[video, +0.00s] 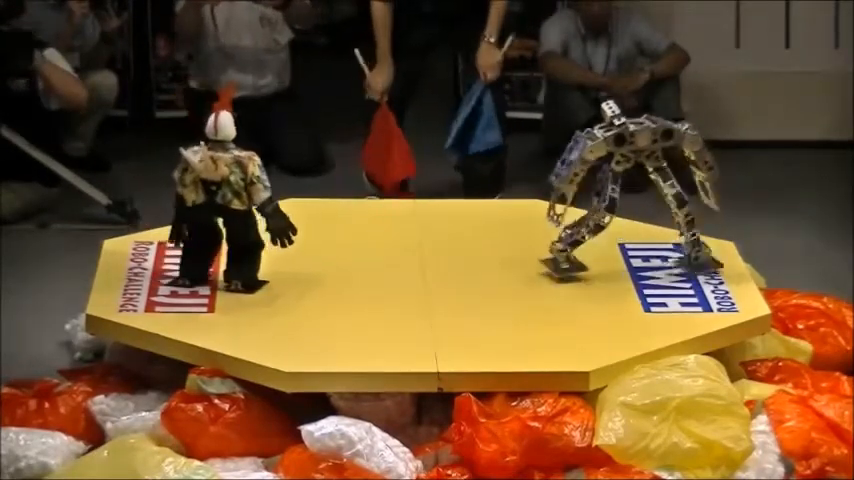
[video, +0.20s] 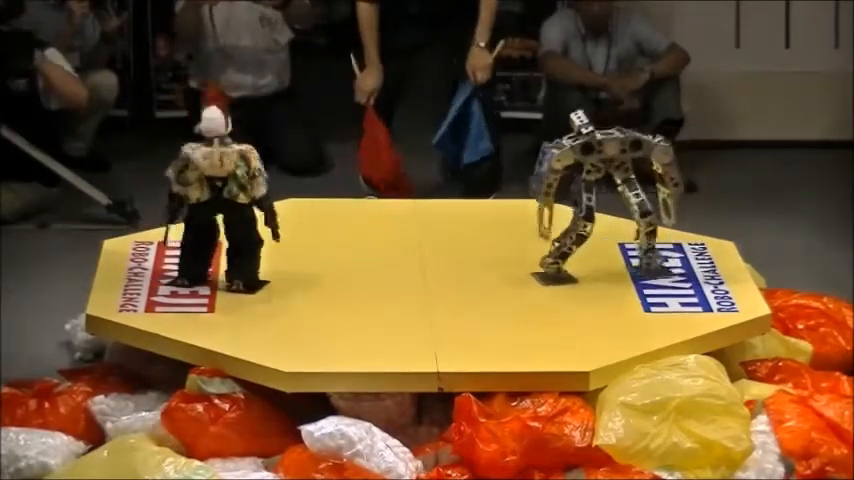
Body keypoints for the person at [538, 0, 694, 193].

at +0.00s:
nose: (596, 11)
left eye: (602, 4)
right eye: (589, 5)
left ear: (611, 5)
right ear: (576, 6)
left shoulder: (628, 23)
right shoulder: (558, 25)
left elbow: (679, 56)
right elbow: (550, 64)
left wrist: (645, 74)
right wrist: (608, 83)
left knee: (667, 81)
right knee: (562, 86)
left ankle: (672, 158)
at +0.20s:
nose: (597, 11)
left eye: (603, 5)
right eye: (589, 5)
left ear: (613, 6)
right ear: (577, 6)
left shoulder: (629, 22)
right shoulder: (559, 24)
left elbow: (680, 56)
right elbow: (550, 64)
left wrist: (645, 75)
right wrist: (608, 83)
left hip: (627, 108)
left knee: (667, 80)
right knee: (563, 85)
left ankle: (660, 161)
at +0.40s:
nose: (596, 9)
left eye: (602, 3)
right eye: (589, 4)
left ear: (612, 4)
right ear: (578, 6)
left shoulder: (629, 21)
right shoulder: (559, 24)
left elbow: (680, 56)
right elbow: (550, 64)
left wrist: (644, 75)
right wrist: (608, 83)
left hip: (628, 105)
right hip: (585, 106)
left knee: (667, 81)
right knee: (565, 93)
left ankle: (664, 166)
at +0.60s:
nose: (596, 9)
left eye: (603, 3)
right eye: (589, 3)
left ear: (612, 4)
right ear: (578, 5)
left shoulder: (629, 21)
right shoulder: (559, 24)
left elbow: (680, 56)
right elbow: (550, 64)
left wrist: (644, 75)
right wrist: (608, 83)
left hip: (629, 110)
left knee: (667, 80)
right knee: (565, 92)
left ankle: (662, 164)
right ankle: (615, 166)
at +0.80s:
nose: (597, 9)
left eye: (604, 2)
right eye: (590, 3)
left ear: (613, 4)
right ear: (576, 6)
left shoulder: (628, 23)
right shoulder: (558, 25)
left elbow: (680, 56)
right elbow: (551, 65)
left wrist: (644, 76)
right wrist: (610, 83)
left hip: (627, 112)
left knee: (668, 79)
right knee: (564, 92)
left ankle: (662, 164)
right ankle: (618, 165)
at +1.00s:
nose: (597, 9)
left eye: (604, 2)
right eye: (590, 3)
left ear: (613, 4)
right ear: (576, 6)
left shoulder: (628, 23)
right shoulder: (558, 25)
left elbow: (679, 56)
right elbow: (551, 65)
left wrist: (644, 76)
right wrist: (610, 83)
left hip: (627, 112)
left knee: (668, 78)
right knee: (564, 91)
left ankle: (663, 164)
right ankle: (618, 165)